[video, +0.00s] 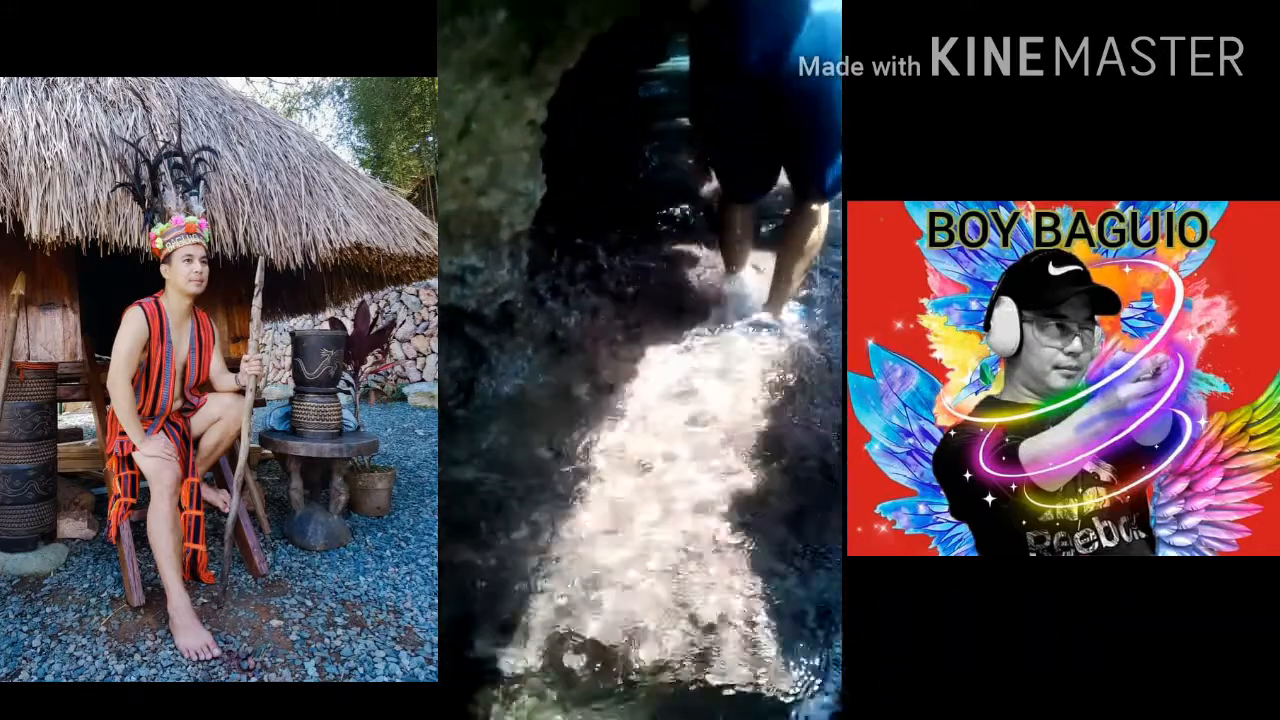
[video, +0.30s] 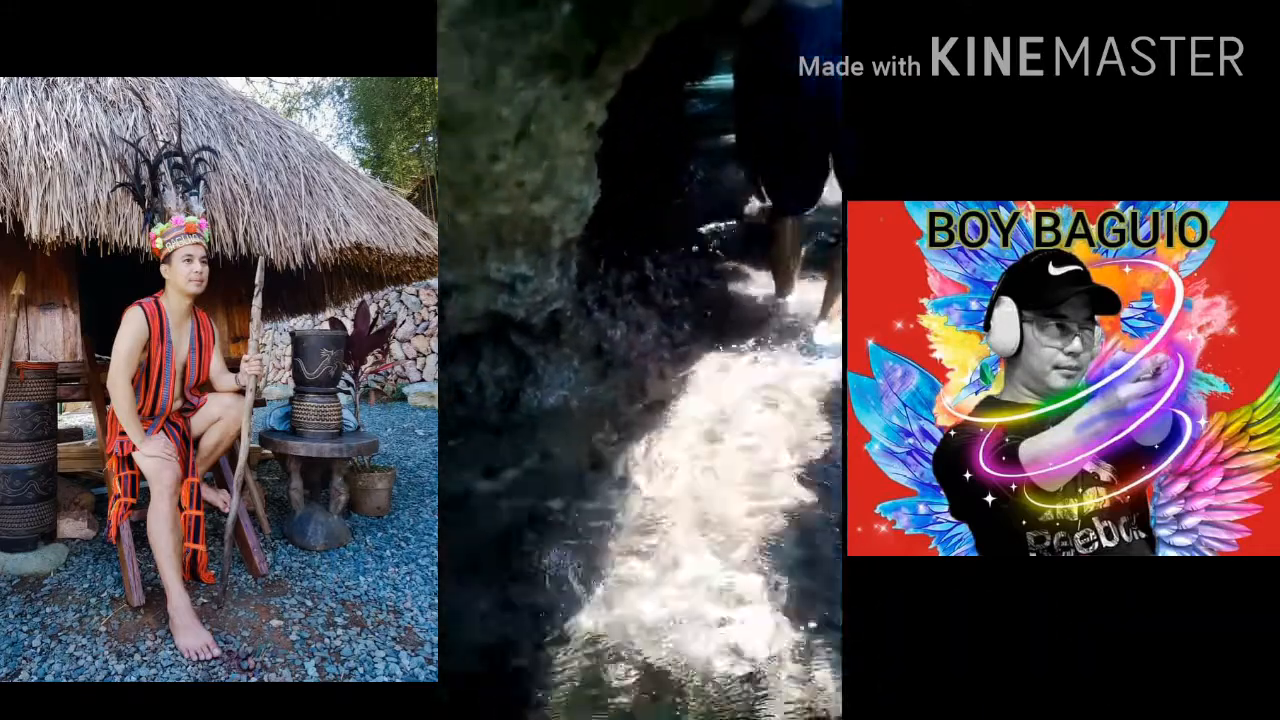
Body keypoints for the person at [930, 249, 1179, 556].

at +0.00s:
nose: (1076, 346)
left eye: (1086, 328)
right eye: (1055, 327)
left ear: (1097, 334)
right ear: (1007, 327)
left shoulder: (1113, 407)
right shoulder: (962, 445)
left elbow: (1155, 435)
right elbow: (1021, 471)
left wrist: (1148, 395)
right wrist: (1105, 413)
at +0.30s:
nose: (1076, 346)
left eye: (1086, 328)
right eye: (1055, 327)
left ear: (1097, 334)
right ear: (1007, 328)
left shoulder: (1113, 409)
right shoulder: (962, 445)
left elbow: (1155, 435)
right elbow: (1023, 472)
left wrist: (1149, 396)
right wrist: (1106, 412)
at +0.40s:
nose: (1076, 346)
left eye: (1086, 328)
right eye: (1055, 327)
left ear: (1097, 334)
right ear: (1007, 328)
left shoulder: (1114, 408)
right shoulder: (962, 446)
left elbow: (1155, 435)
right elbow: (1022, 472)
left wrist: (1149, 396)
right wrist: (1106, 412)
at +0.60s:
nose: (1076, 346)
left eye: (1086, 328)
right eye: (1055, 327)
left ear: (1097, 334)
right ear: (1007, 328)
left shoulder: (1114, 408)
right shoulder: (962, 446)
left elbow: (1155, 435)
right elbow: (1022, 472)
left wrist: (1149, 396)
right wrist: (1106, 412)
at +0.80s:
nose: (1076, 346)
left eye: (1086, 328)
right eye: (1055, 326)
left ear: (1096, 334)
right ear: (1007, 327)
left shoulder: (1114, 410)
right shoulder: (963, 445)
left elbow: (1155, 434)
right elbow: (1018, 474)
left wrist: (1150, 396)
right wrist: (1105, 413)